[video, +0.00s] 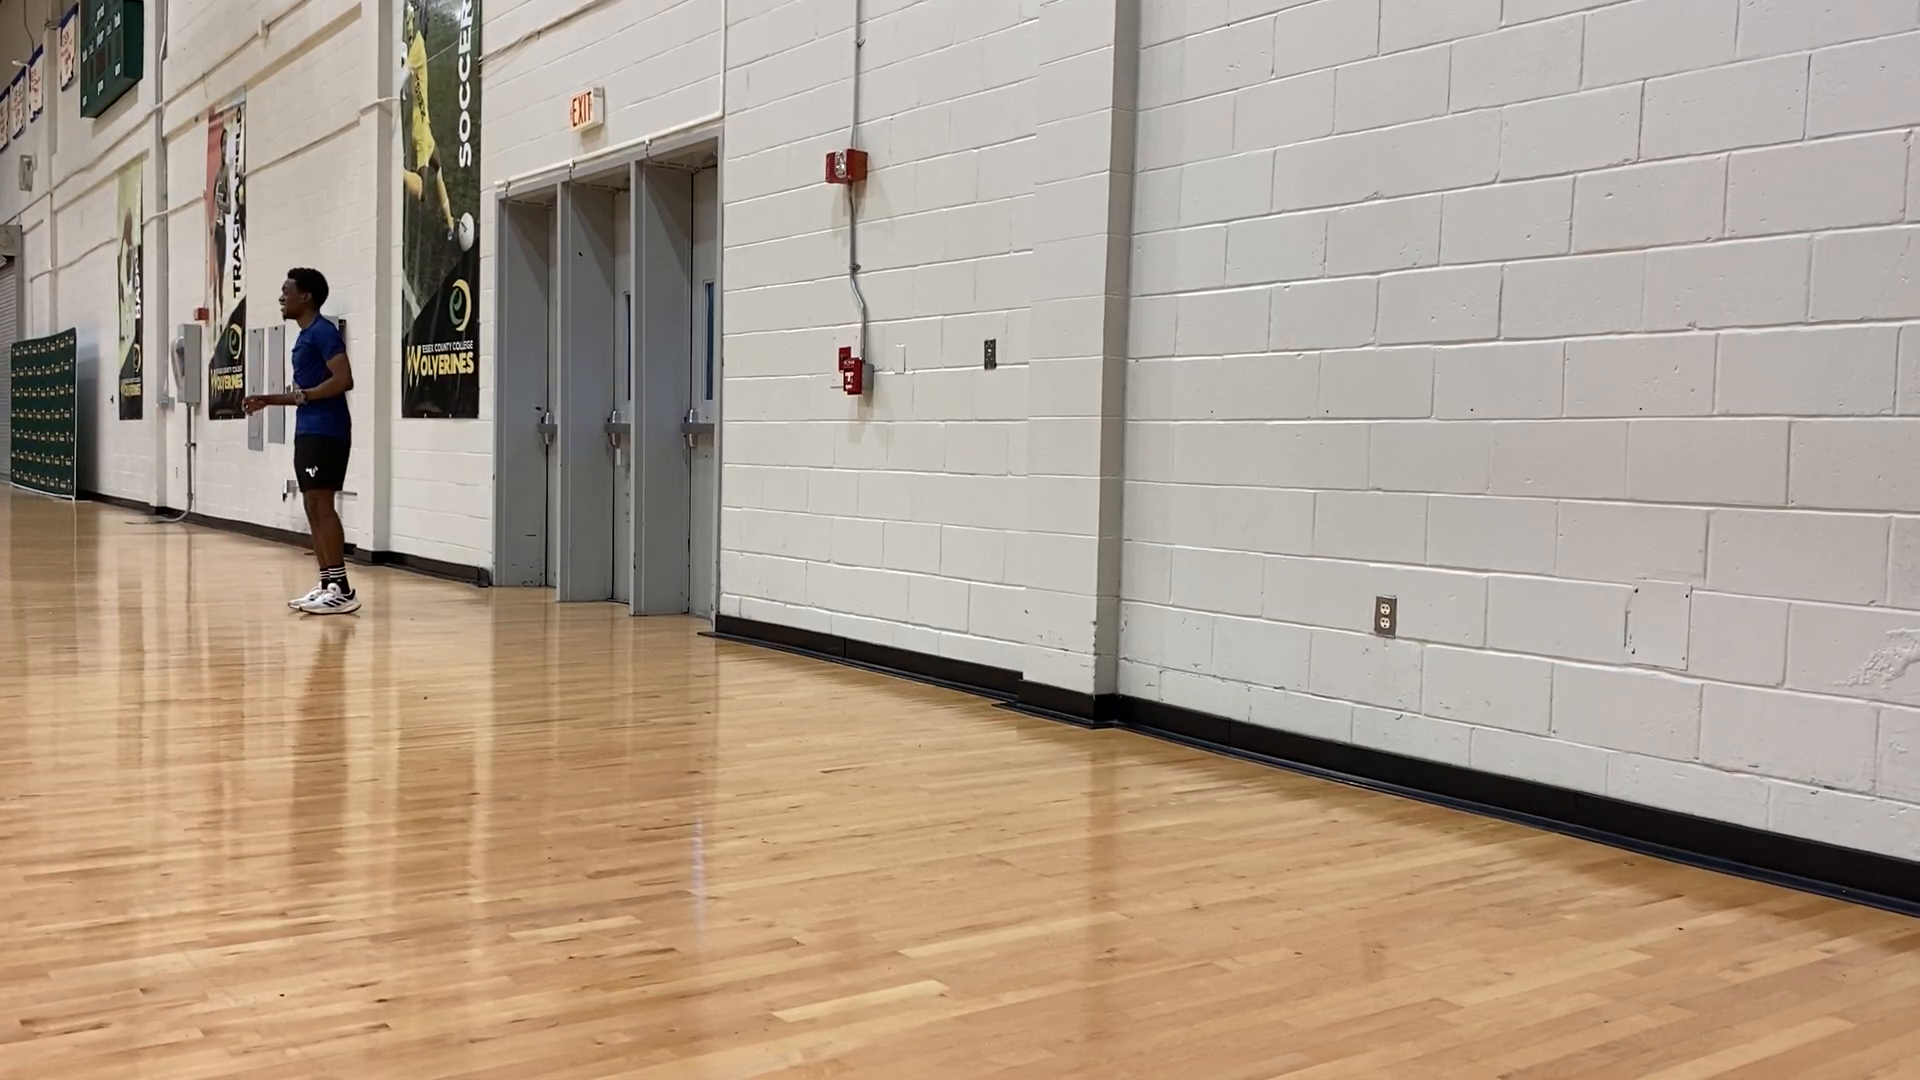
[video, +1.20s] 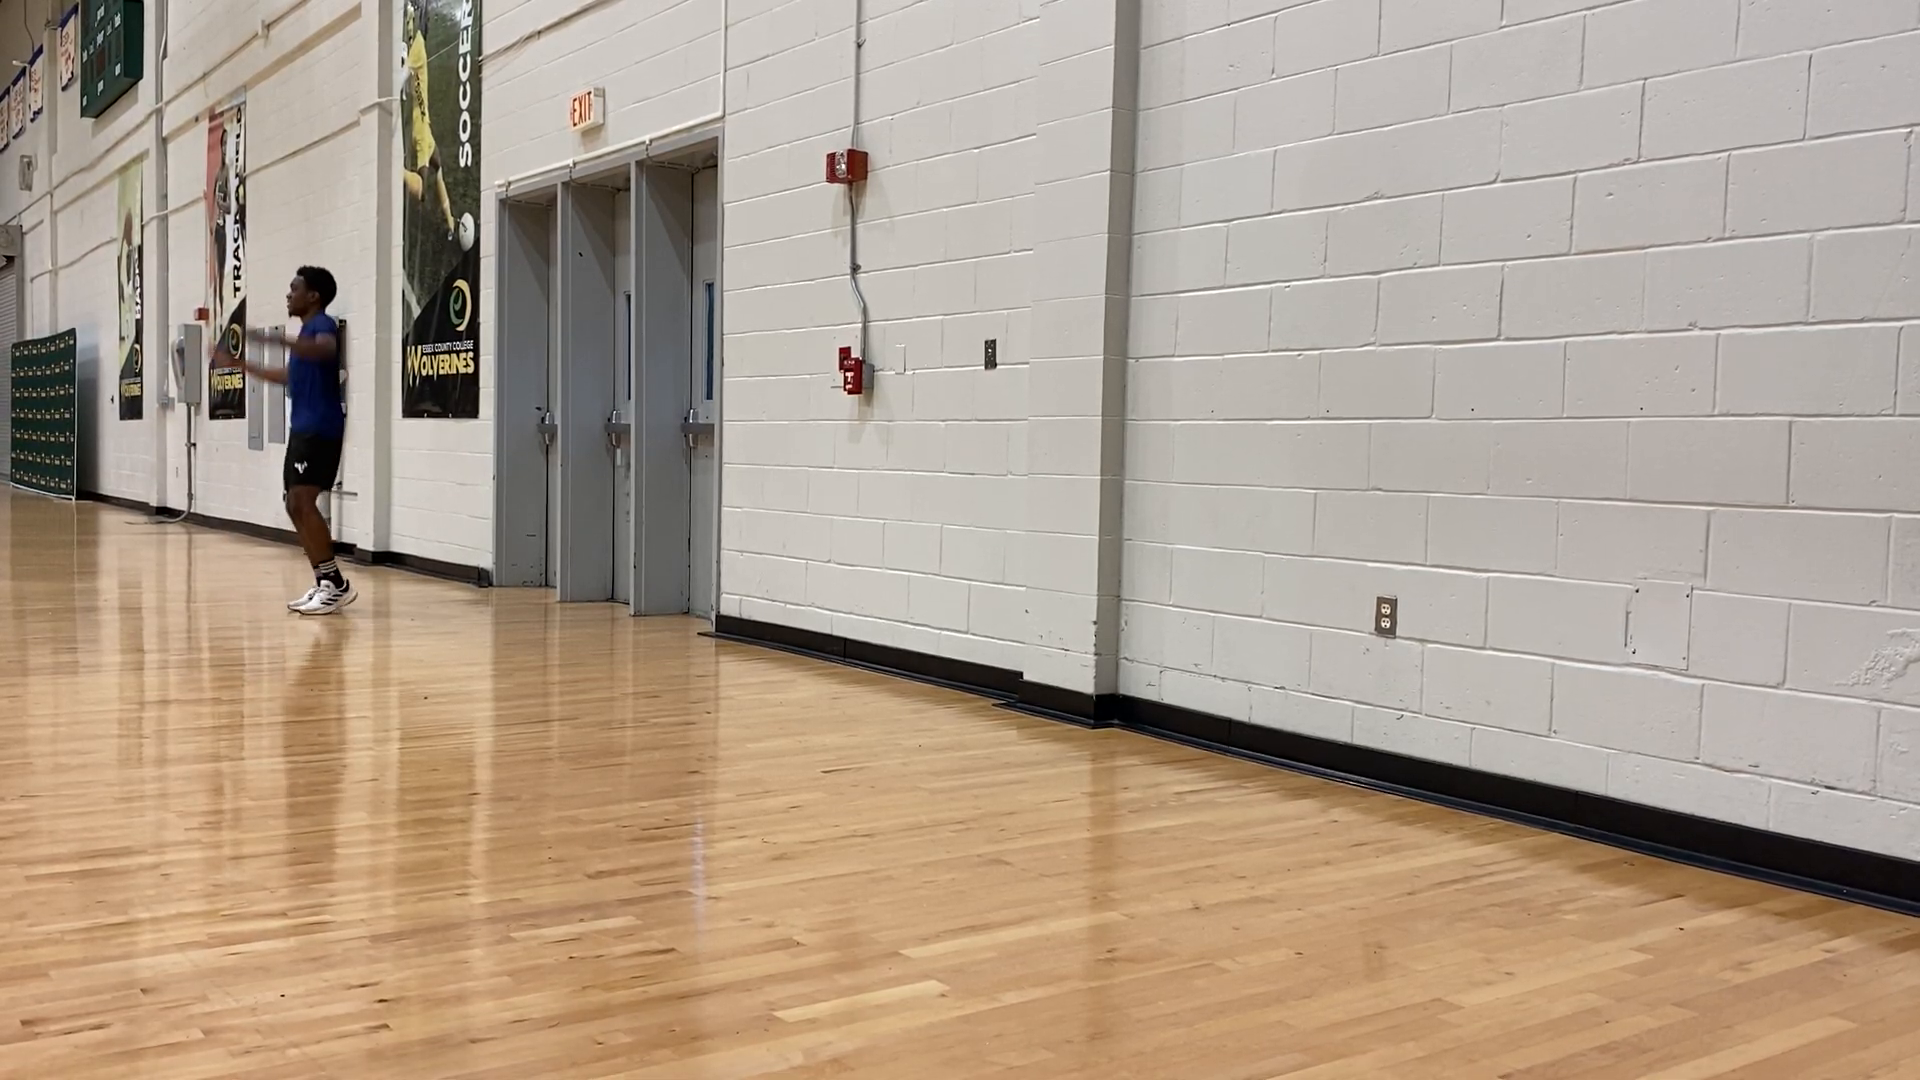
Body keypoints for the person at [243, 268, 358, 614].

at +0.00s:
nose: (281, 298)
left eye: (286, 292)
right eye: (282, 292)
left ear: (306, 296)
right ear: (301, 298)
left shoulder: (323, 331)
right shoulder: (304, 336)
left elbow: (344, 379)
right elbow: (306, 394)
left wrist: (307, 395)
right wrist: (268, 400)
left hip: (326, 434)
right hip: (309, 433)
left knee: (323, 507)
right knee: (313, 508)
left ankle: (340, 588)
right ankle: (326, 586)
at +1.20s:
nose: (288, 295)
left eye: (294, 289)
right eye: (290, 289)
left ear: (314, 296)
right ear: (310, 296)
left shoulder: (321, 322)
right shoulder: (304, 333)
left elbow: (325, 348)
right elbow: (287, 376)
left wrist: (278, 340)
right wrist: (238, 364)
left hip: (320, 430)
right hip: (304, 430)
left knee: (302, 503)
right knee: (294, 505)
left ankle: (334, 584)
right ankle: (326, 582)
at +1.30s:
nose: (287, 281)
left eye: (293, 276)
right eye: (288, 276)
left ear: (313, 282)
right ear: (301, 282)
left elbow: (304, 288)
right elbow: (272, 328)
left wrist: (266, 267)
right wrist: (245, 289)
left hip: (318, 412)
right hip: (298, 413)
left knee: (307, 490)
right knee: (297, 493)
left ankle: (336, 575)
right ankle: (317, 575)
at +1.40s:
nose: (285, 285)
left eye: (292, 280)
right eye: (286, 280)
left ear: (307, 286)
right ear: (291, 288)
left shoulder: (316, 311)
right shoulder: (298, 314)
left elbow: (320, 273)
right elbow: (276, 292)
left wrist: (284, 237)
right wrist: (267, 248)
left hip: (315, 410)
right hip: (298, 411)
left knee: (307, 494)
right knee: (291, 497)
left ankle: (335, 577)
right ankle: (317, 577)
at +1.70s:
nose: (284, 271)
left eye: (292, 267)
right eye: (287, 266)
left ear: (308, 277)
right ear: (296, 277)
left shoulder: (315, 308)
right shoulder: (289, 312)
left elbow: (316, 287)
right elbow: (272, 314)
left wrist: (288, 256)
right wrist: (249, 289)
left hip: (308, 407)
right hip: (289, 408)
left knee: (302, 487)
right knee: (288, 489)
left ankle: (327, 571)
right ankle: (311, 570)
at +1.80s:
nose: (286, 275)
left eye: (291, 270)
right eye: (289, 269)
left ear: (302, 277)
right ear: (306, 279)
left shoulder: (310, 304)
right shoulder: (294, 313)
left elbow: (325, 337)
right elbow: (281, 360)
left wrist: (288, 342)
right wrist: (242, 356)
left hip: (304, 407)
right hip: (288, 407)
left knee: (292, 489)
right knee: (288, 490)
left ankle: (317, 573)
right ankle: (311, 572)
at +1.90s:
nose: (275, 302)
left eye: (280, 295)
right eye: (277, 295)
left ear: (290, 299)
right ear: (293, 300)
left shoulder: (306, 331)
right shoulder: (288, 336)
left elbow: (326, 383)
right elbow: (288, 399)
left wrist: (294, 417)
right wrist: (259, 425)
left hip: (307, 428)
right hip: (290, 427)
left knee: (279, 506)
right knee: (276, 507)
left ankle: (320, 584)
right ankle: (318, 584)